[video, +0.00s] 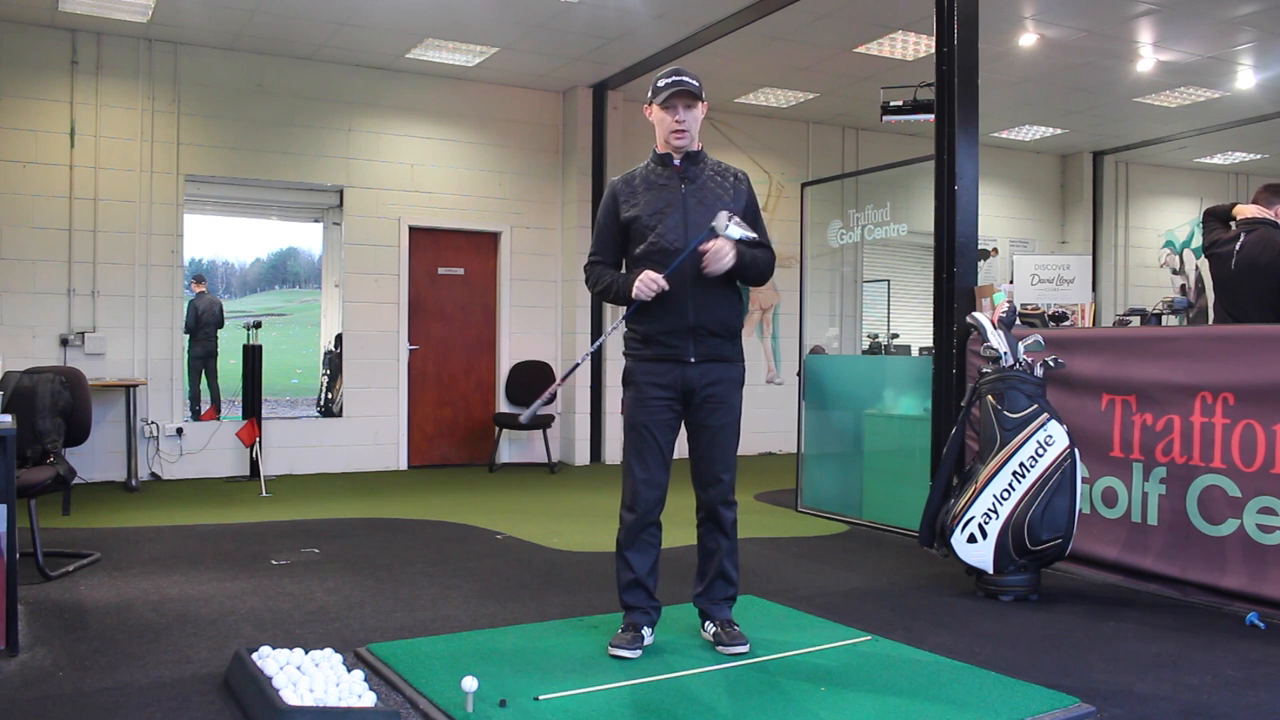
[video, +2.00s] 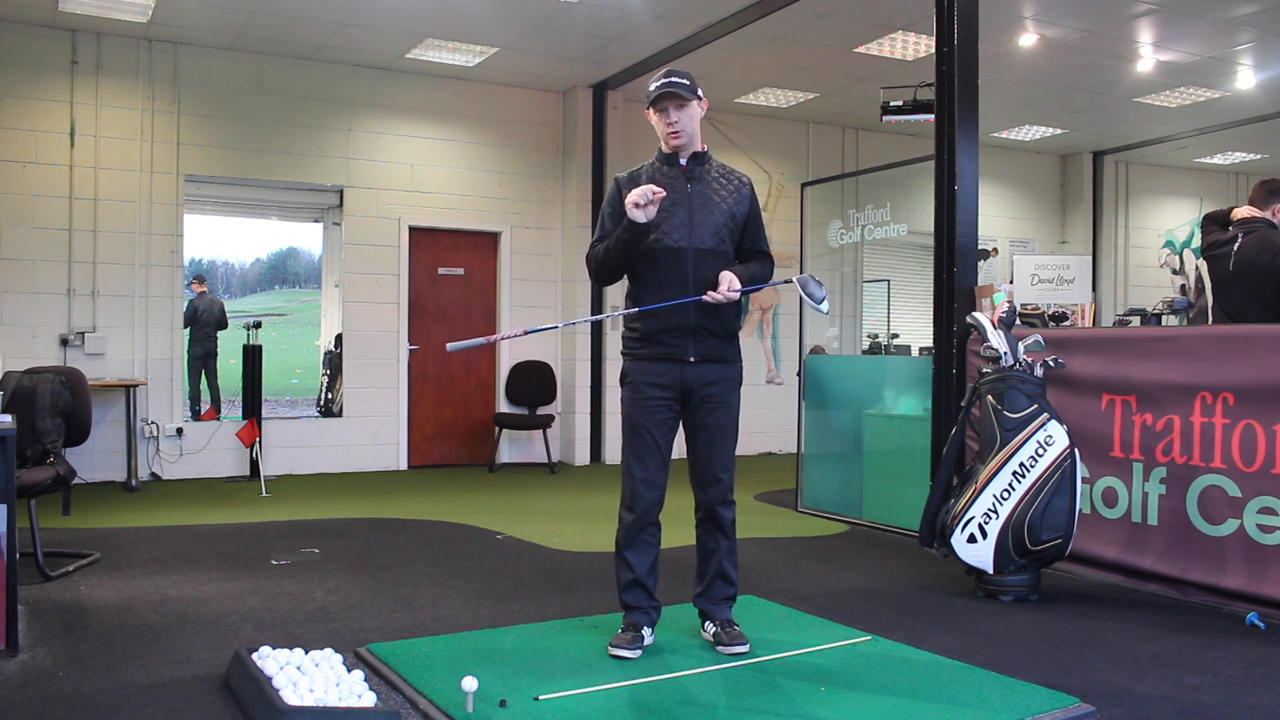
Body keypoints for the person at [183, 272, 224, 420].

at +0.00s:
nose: (191, 287)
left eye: (192, 285)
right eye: (191, 285)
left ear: (196, 285)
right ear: (205, 285)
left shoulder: (194, 302)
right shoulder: (216, 301)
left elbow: (190, 326)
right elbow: (221, 324)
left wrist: (186, 329)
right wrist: (208, 324)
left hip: (197, 345)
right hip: (212, 344)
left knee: (194, 383)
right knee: (213, 381)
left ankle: (195, 414)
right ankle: (216, 412)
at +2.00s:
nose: (191, 287)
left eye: (192, 285)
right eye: (191, 285)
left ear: (197, 285)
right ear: (205, 285)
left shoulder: (194, 302)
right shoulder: (218, 302)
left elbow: (185, 323)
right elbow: (224, 324)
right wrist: (210, 326)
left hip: (196, 345)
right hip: (212, 345)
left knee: (194, 383)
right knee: (213, 381)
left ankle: (195, 415)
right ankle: (216, 412)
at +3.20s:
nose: (194, 287)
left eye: (195, 284)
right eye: (194, 284)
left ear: (200, 285)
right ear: (206, 285)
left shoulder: (196, 302)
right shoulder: (218, 303)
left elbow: (184, 321)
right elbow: (219, 326)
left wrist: (183, 311)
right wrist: (207, 323)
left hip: (196, 344)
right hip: (211, 344)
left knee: (195, 382)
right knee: (212, 381)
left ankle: (195, 414)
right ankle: (216, 412)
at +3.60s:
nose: (191, 289)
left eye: (192, 287)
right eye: (191, 287)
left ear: (196, 286)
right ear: (204, 285)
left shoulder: (195, 302)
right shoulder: (217, 302)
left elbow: (188, 325)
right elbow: (219, 325)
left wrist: (185, 325)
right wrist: (207, 324)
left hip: (196, 344)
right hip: (211, 343)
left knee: (195, 382)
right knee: (212, 381)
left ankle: (195, 414)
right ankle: (216, 412)